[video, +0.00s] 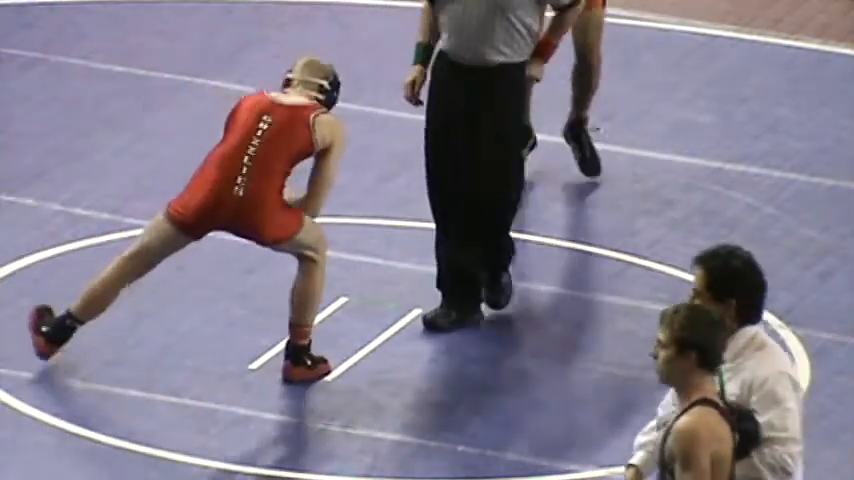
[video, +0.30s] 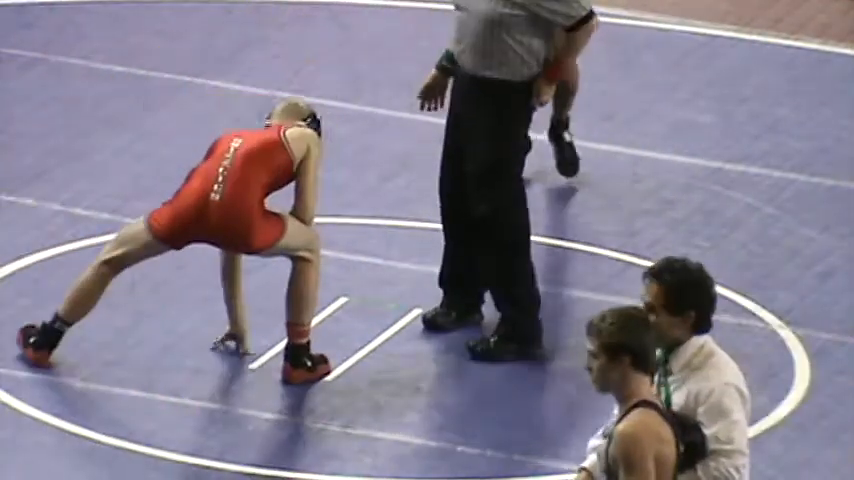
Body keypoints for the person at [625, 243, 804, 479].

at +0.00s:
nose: (689, 303)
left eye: (697, 296)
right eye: (692, 294)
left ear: (730, 309)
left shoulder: (771, 372)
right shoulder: (710, 351)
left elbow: (782, 461)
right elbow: (667, 415)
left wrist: (713, 472)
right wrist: (637, 466)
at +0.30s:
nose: (644, 317)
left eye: (653, 311)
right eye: (645, 307)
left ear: (688, 319)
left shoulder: (719, 383)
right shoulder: (658, 362)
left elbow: (730, 468)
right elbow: (619, 427)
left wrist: (655, 471)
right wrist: (589, 470)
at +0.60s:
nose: (604, 322)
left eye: (617, 311)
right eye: (600, 308)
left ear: (649, 315)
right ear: (595, 306)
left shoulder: (679, 379)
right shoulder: (594, 357)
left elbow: (695, 464)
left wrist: (637, 477)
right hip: (591, 468)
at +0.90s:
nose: (539, 322)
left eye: (551, 310)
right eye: (531, 310)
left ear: (578, 313)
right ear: (523, 312)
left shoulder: (614, 368)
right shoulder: (521, 361)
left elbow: (656, 443)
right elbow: (493, 427)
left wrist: (618, 477)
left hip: (598, 471)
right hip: (535, 470)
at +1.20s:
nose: (479, 316)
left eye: (490, 303)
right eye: (471, 305)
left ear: (518, 303)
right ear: (465, 307)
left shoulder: (563, 353)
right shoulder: (461, 356)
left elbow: (612, 421)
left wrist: (583, 464)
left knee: (527, 453)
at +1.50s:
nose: (448, 315)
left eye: (459, 303)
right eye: (442, 304)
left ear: (490, 303)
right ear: (437, 304)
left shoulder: (537, 355)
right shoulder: (428, 369)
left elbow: (584, 425)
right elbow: (424, 452)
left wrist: (551, 467)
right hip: (462, 471)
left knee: (491, 454)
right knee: (494, 453)